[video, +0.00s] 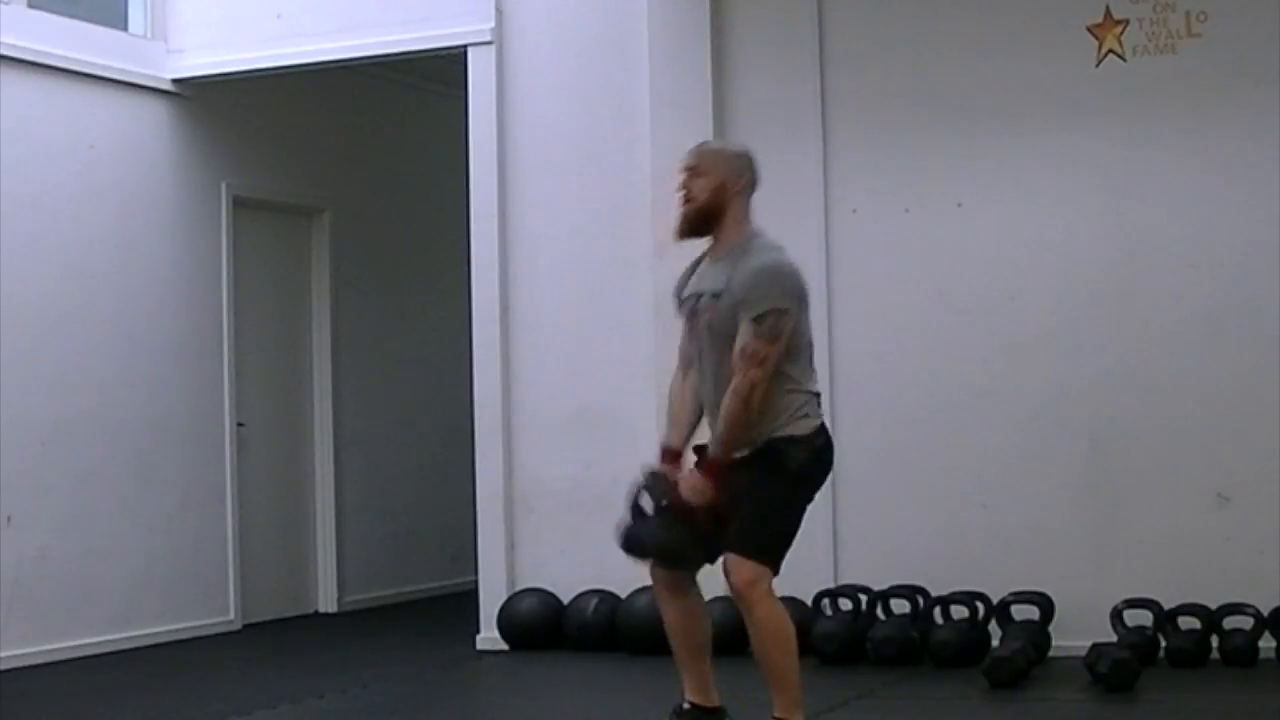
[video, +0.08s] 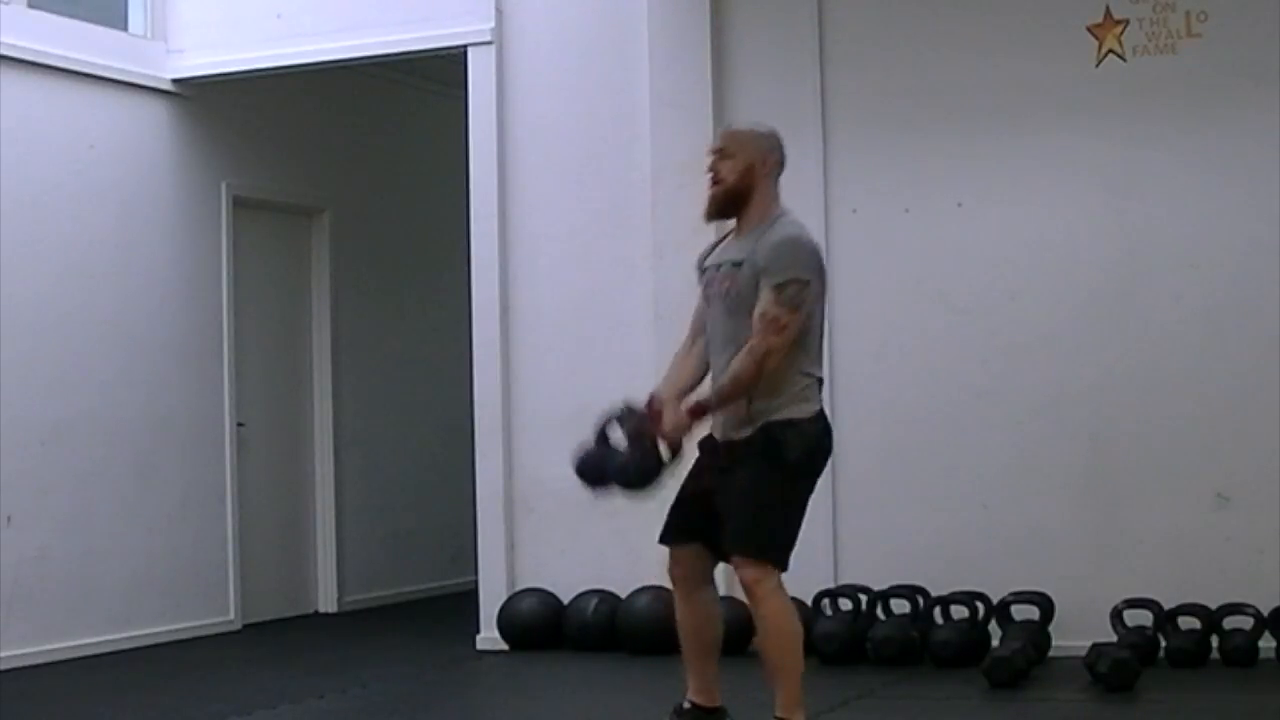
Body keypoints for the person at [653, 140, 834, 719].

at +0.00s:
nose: (682, 186)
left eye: (694, 176)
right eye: (684, 177)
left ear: (733, 186)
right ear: (718, 189)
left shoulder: (768, 269)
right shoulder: (697, 276)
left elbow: (751, 381)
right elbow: (688, 371)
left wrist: (712, 464)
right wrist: (672, 452)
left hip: (788, 446)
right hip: (729, 449)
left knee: (747, 572)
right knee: (669, 568)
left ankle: (789, 712)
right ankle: (701, 704)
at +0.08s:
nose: (710, 169)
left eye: (722, 158)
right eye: (711, 159)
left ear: (761, 167)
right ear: (746, 171)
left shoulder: (789, 245)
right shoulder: (718, 253)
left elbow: (765, 350)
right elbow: (700, 341)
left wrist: (695, 408)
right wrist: (662, 401)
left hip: (785, 435)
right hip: (730, 437)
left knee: (755, 569)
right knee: (687, 562)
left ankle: (791, 712)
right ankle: (703, 705)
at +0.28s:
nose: (723, 154)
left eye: (738, 144)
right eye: (724, 145)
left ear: (776, 159)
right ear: (735, 160)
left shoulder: (796, 227)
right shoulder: (725, 237)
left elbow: (787, 322)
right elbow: (703, 330)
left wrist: (697, 292)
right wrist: (644, 308)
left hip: (771, 425)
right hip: (715, 425)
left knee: (766, 569)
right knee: (695, 564)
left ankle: (793, 711)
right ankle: (704, 704)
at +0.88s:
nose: (719, 180)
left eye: (734, 171)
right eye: (721, 171)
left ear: (772, 187)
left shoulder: (779, 263)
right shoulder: (698, 258)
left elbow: (709, 322)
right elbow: (642, 329)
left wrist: (720, 238)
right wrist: (659, 255)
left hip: (738, 446)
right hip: (682, 445)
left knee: (709, 592)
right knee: (638, 581)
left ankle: (783, 714)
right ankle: (699, 706)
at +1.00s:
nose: (736, 127)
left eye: (754, 125)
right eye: (740, 122)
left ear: (778, 160)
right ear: (730, 149)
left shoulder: (782, 222)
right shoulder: (700, 217)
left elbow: (706, 239)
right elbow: (623, 242)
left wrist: (708, 169)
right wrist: (649, 179)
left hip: (736, 407)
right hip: (680, 405)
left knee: (732, 560)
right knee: (666, 558)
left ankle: (783, 708)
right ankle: (695, 698)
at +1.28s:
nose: (659, 178)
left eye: (671, 167)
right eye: (660, 168)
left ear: (710, 175)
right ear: (678, 181)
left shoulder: (740, 230)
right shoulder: (677, 236)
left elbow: (748, 145)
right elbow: (665, 147)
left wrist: (738, 67)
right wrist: (677, 72)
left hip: (760, 441)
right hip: (706, 443)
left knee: (728, 585)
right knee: (652, 573)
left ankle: (788, 713)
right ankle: (702, 706)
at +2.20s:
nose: (690, 146)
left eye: (704, 136)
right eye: (691, 137)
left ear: (740, 148)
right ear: (694, 149)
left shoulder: (766, 206)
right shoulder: (692, 209)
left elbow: (769, 133)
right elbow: (650, 145)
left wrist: (765, 65)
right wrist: (668, 76)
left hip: (765, 413)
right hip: (713, 413)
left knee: (771, 573)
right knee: (706, 567)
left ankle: (797, 711)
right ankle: (707, 703)